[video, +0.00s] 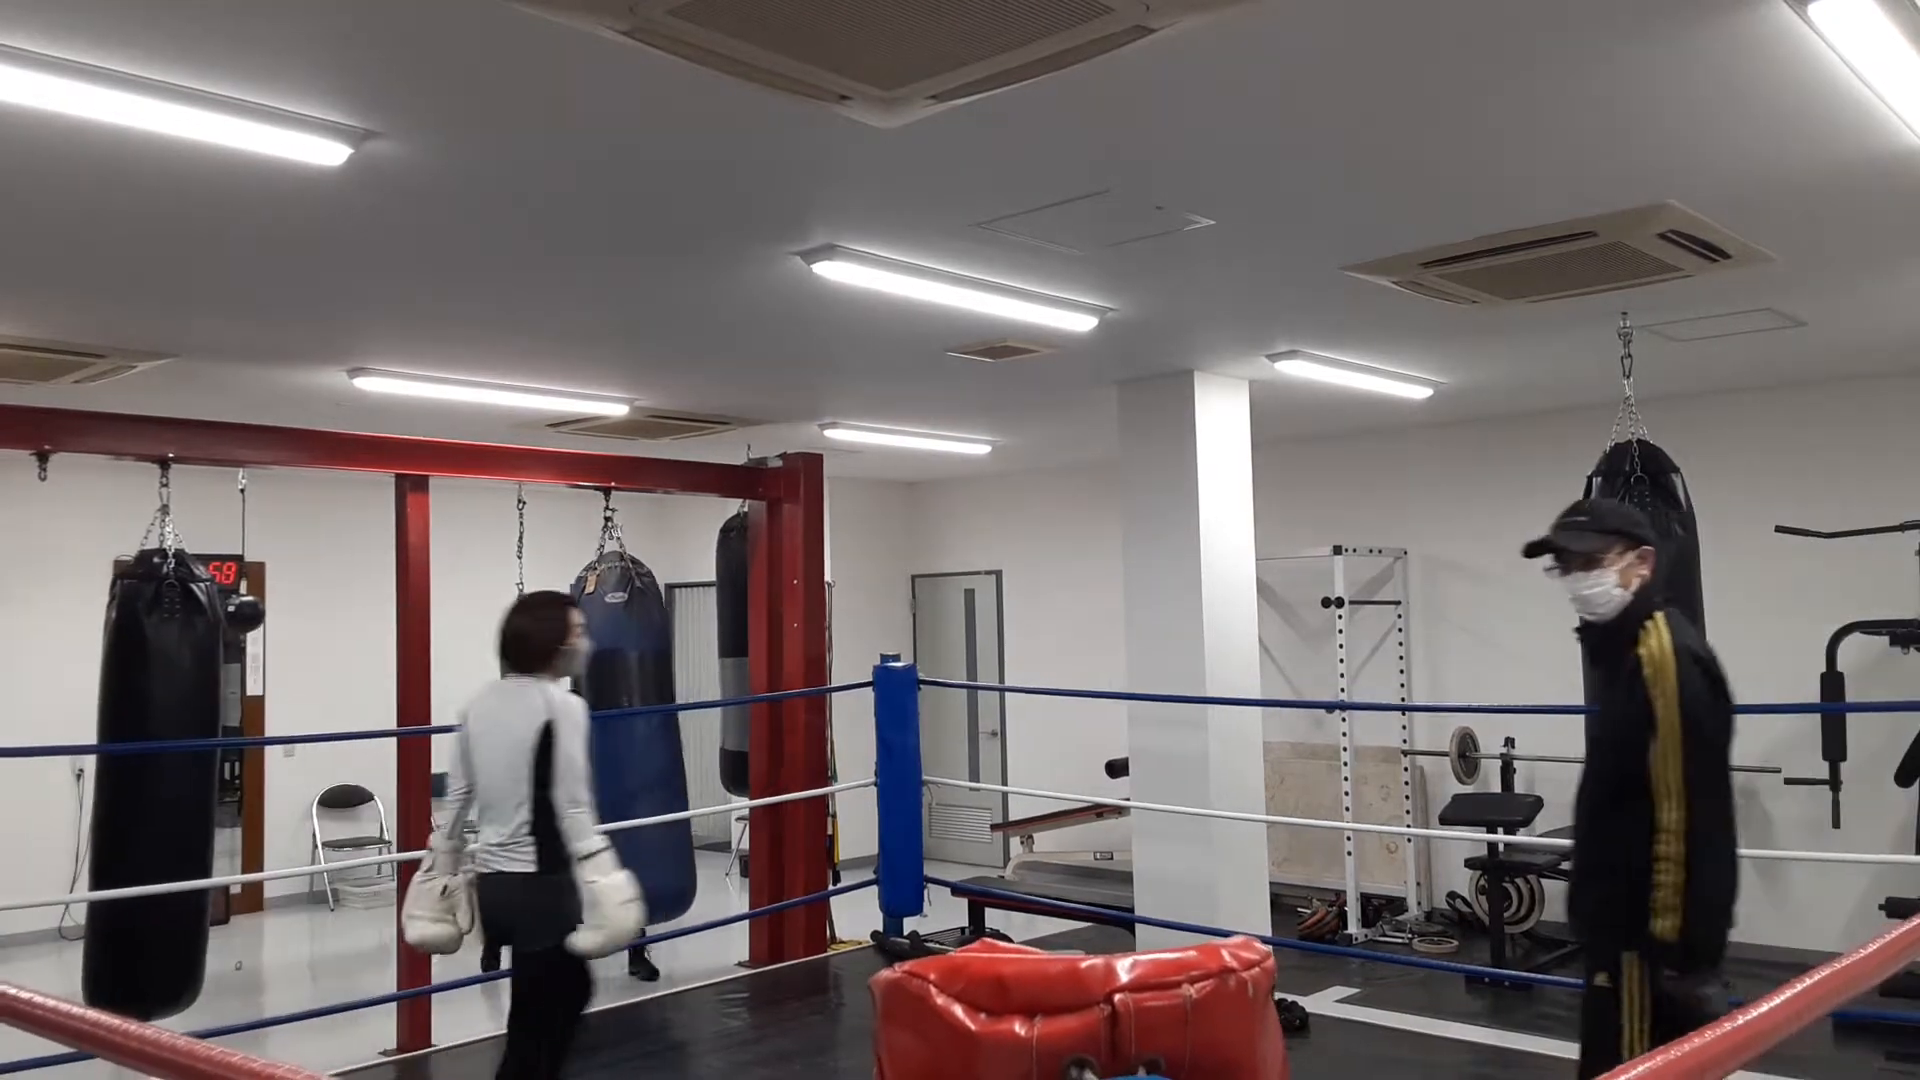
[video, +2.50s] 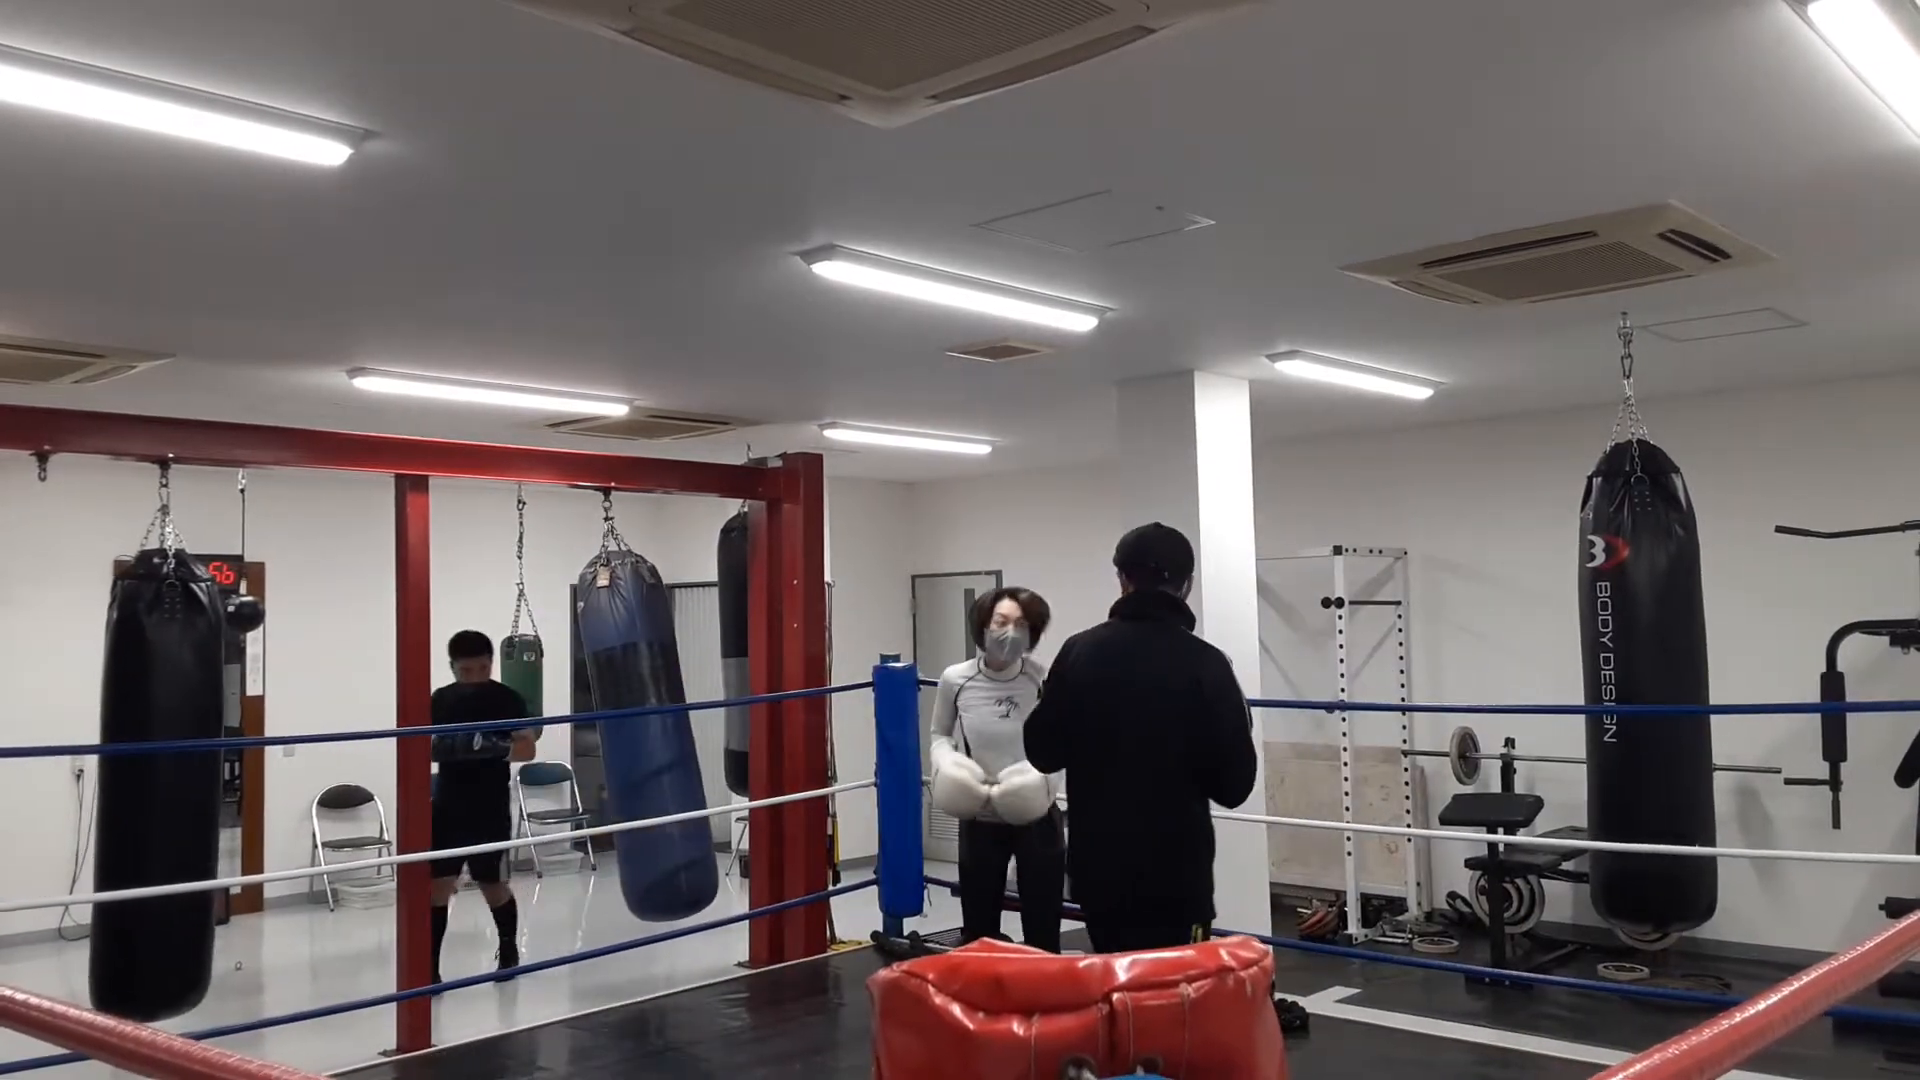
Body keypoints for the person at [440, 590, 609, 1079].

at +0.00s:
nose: (585, 641)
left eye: (583, 630)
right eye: (577, 631)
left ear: (516, 640)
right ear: (555, 642)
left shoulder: (477, 706)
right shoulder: (564, 706)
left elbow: (458, 802)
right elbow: (573, 809)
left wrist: (439, 880)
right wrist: (612, 889)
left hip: (493, 888)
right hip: (544, 889)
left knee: (573, 988)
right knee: (538, 1015)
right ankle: (518, 1074)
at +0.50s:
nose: (768, 637)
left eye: (766, 627)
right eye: (756, 627)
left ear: (731, 637)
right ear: (727, 636)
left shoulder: (710, 694)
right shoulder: (712, 698)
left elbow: (703, 792)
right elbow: (704, 796)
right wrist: (738, 874)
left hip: (702, 862)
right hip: (701, 864)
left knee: (728, 996)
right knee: (742, 1000)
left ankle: (688, 1071)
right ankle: (683, 1072)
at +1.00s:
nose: (929, 656)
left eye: (931, 646)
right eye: (922, 646)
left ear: (915, 646)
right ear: (894, 647)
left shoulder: (894, 695)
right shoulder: (850, 701)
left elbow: (895, 759)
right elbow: (815, 791)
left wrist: (949, 772)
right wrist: (852, 859)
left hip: (886, 859)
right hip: (857, 865)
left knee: (889, 988)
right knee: (906, 979)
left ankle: (847, 1065)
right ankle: (821, 1061)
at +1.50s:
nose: (1090, 660)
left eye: (1096, 652)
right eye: (1081, 649)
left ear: (1101, 656)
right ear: (1054, 648)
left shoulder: (1081, 709)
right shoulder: (1007, 698)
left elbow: (1094, 784)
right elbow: (981, 780)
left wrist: (1107, 755)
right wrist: (1028, 754)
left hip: (1040, 854)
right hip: (986, 853)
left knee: (1076, 960)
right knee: (959, 963)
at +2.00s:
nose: (1067, 631)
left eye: (1078, 626)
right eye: (1058, 621)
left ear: (1090, 639)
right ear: (1039, 627)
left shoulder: (1093, 690)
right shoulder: (1002, 683)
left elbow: (1115, 758)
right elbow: (973, 744)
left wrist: (1096, 807)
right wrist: (991, 784)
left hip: (1068, 839)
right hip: (1004, 835)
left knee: (1071, 956)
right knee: (984, 949)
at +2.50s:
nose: (1007, 632)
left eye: (1018, 624)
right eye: (999, 622)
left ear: (1031, 635)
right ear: (982, 629)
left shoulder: (1044, 680)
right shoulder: (956, 679)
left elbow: (1065, 742)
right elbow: (939, 736)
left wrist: (1041, 784)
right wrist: (953, 771)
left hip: (1039, 823)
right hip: (981, 822)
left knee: (1042, 935)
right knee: (979, 933)